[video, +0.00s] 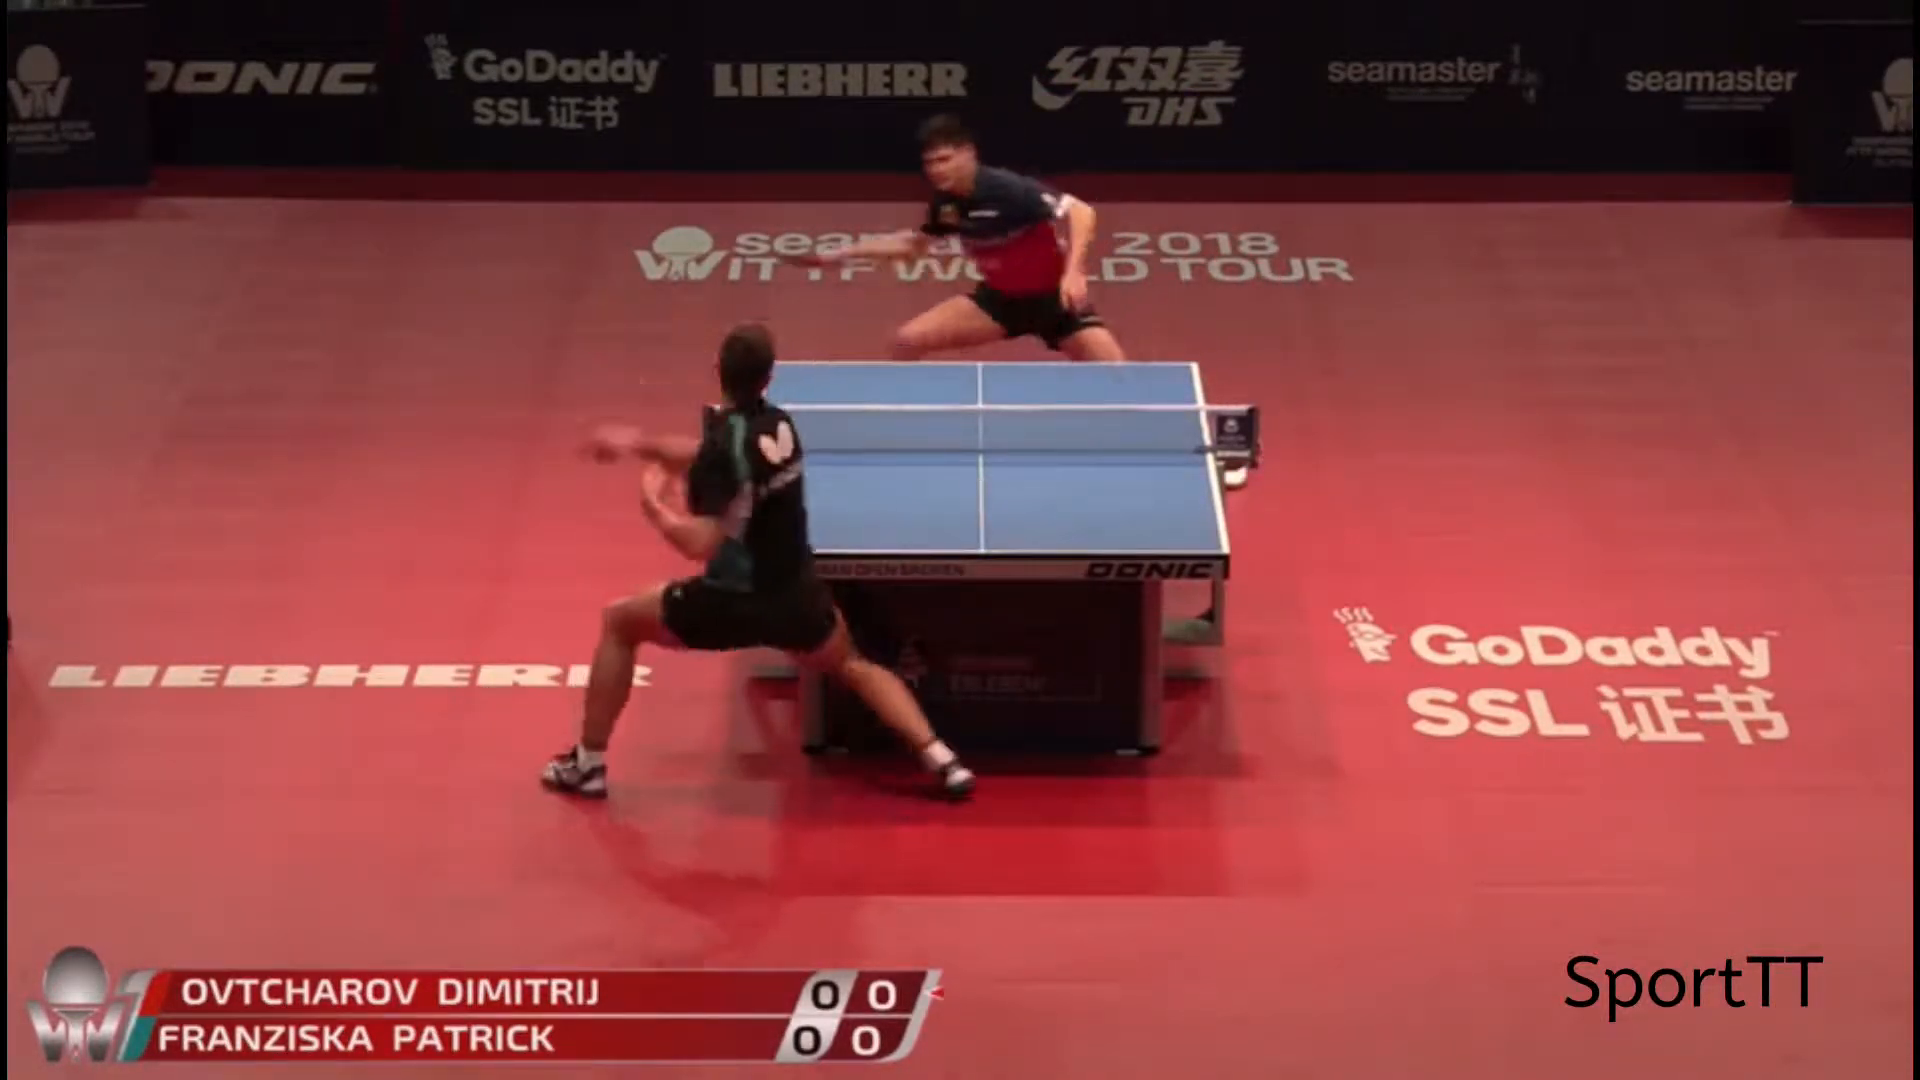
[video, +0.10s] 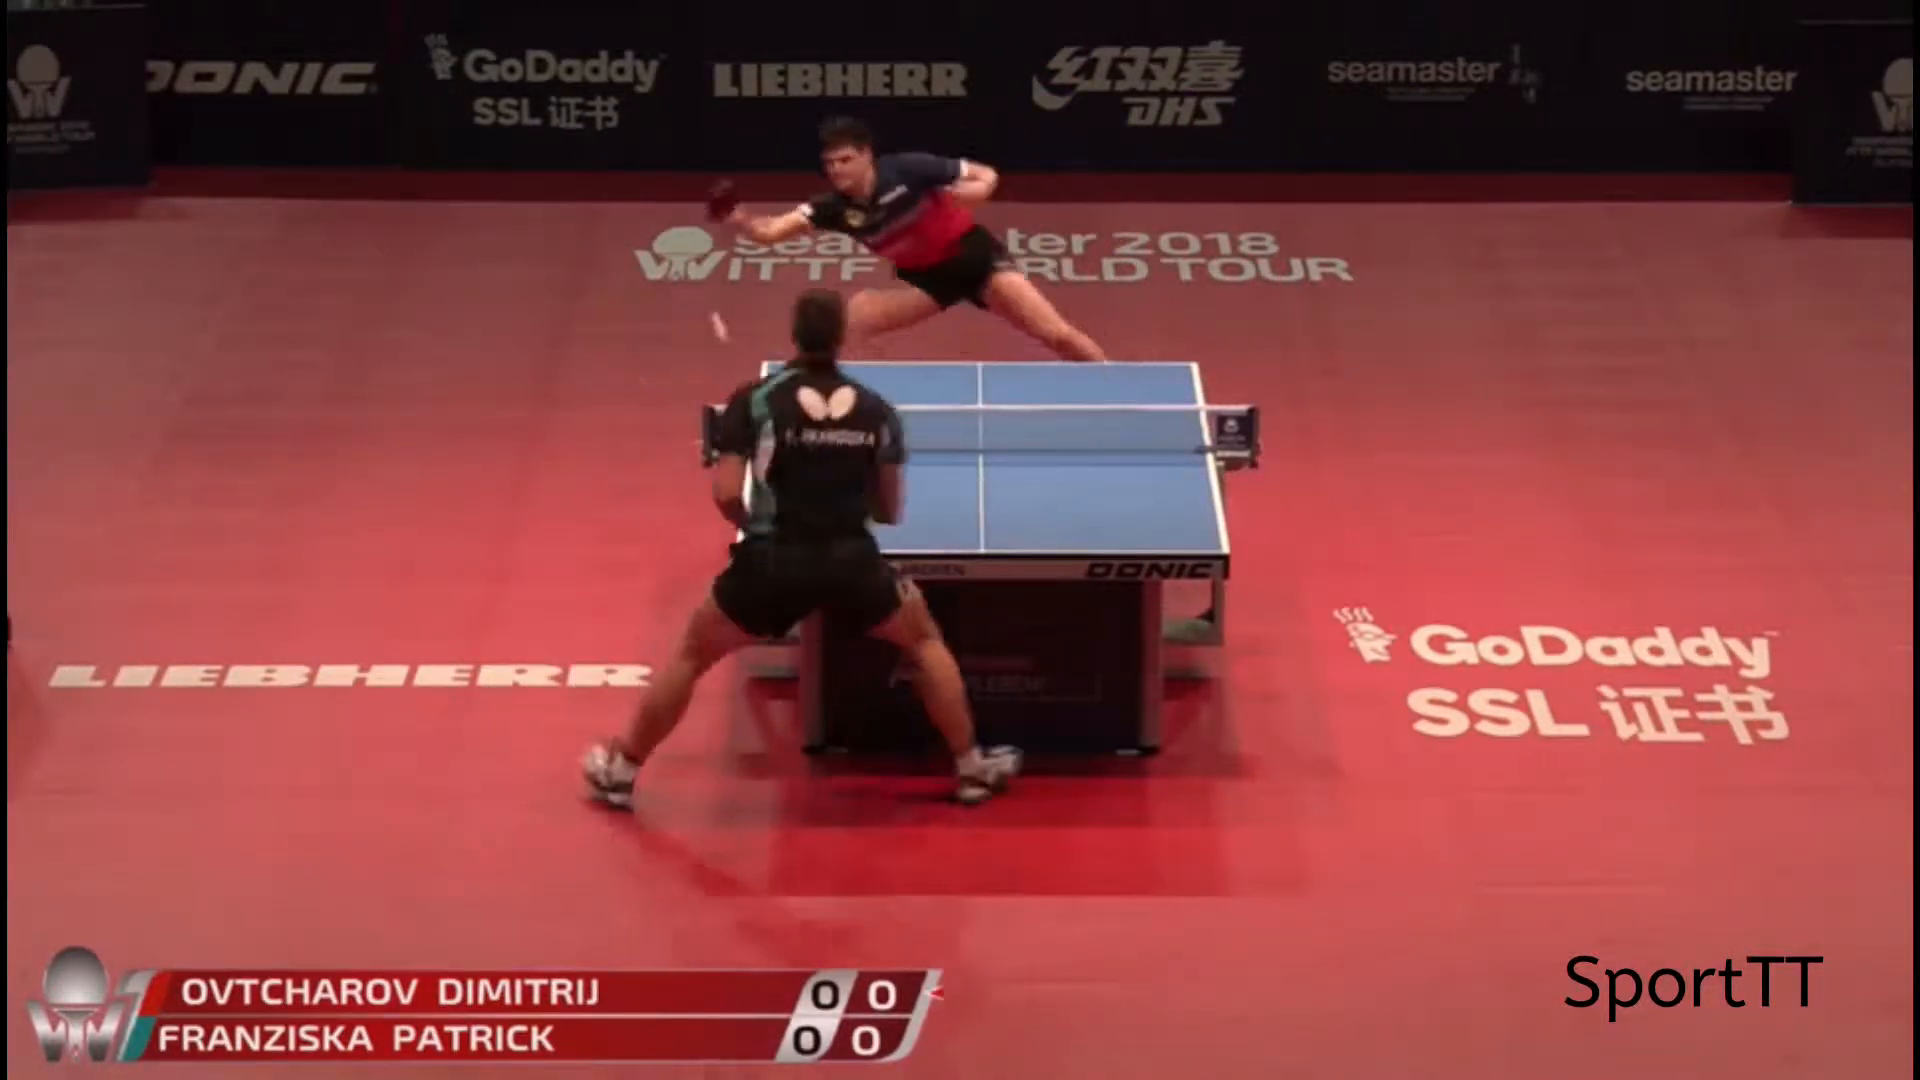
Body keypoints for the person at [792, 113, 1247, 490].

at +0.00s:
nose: (937, 171)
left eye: (945, 160)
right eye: (930, 164)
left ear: (970, 155)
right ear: (927, 167)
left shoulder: (1006, 188)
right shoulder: (944, 205)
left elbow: (1081, 214)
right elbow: (917, 246)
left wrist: (1075, 270)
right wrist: (849, 253)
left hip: (1056, 305)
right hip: (1000, 302)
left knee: (1119, 374)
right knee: (907, 340)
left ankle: (1188, 455)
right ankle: (895, 441)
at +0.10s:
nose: (837, 171)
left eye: (845, 160)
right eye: (830, 163)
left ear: (868, 155)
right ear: (826, 167)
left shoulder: (906, 169)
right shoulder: (832, 208)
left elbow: (985, 178)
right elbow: (775, 232)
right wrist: (745, 223)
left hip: (975, 263)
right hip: (928, 282)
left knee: (1055, 334)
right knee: (855, 312)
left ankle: (1120, 388)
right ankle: (828, 404)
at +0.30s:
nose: (802, 147)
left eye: (809, 136)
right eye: (793, 139)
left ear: (826, 131)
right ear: (784, 142)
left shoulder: (865, 139)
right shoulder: (791, 182)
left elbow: (930, 116)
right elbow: (764, 249)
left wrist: (981, 105)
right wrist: (725, 314)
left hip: (899, 243)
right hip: (839, 251)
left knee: (979, 317)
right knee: (771, 313)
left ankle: (972, 371)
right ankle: (784, 387)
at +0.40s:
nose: (782, 153)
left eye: (788, 143)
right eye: (772, 146)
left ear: (804, 135)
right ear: (762, 149)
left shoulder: (841, 141)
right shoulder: (770, 191)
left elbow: (892, 120)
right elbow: (747, 252)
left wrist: (944, 107)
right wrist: (710, 316)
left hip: (876, 248)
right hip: (817, 258)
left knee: (942, 332)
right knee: (760, 343)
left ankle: (941, 419)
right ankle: (713, 404)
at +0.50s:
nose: (773, 158)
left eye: (780, 147)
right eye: (764, 151)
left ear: (796, 140)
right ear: (754, 153)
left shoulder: (832, 146)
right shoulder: (759, 198)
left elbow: (876, 131)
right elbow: (740, 260)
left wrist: (930, 119)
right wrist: (699, 323)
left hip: (865, 254)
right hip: (805, 264)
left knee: (926, 334)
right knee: (753, 348)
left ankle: (951, 413)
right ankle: (710, 408)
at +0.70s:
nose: (765, 145)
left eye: (772, 135)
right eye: (756, 137)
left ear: (782, 128)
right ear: (740, 135)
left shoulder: (815, 133)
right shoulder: (732, 176)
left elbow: (853, 150)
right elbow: (718, 247)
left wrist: (890, 183)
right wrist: (706, 320)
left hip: (839, 232)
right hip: (779, 246)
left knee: (897, 312)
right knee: (744, 334)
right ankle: (707, 408)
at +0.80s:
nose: (780, 127)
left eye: (787, 118)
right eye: (771, 119)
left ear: (797, 111)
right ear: (755, 117)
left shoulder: (819, 118)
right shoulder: (741, 158)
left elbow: (848, 138)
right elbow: (714, 227)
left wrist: (881, 178)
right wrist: (727, 293)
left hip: (838, 223)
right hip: (779, 237)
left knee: (898, 295)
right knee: (745, 325)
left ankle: (909, 392)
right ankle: (708, 407)